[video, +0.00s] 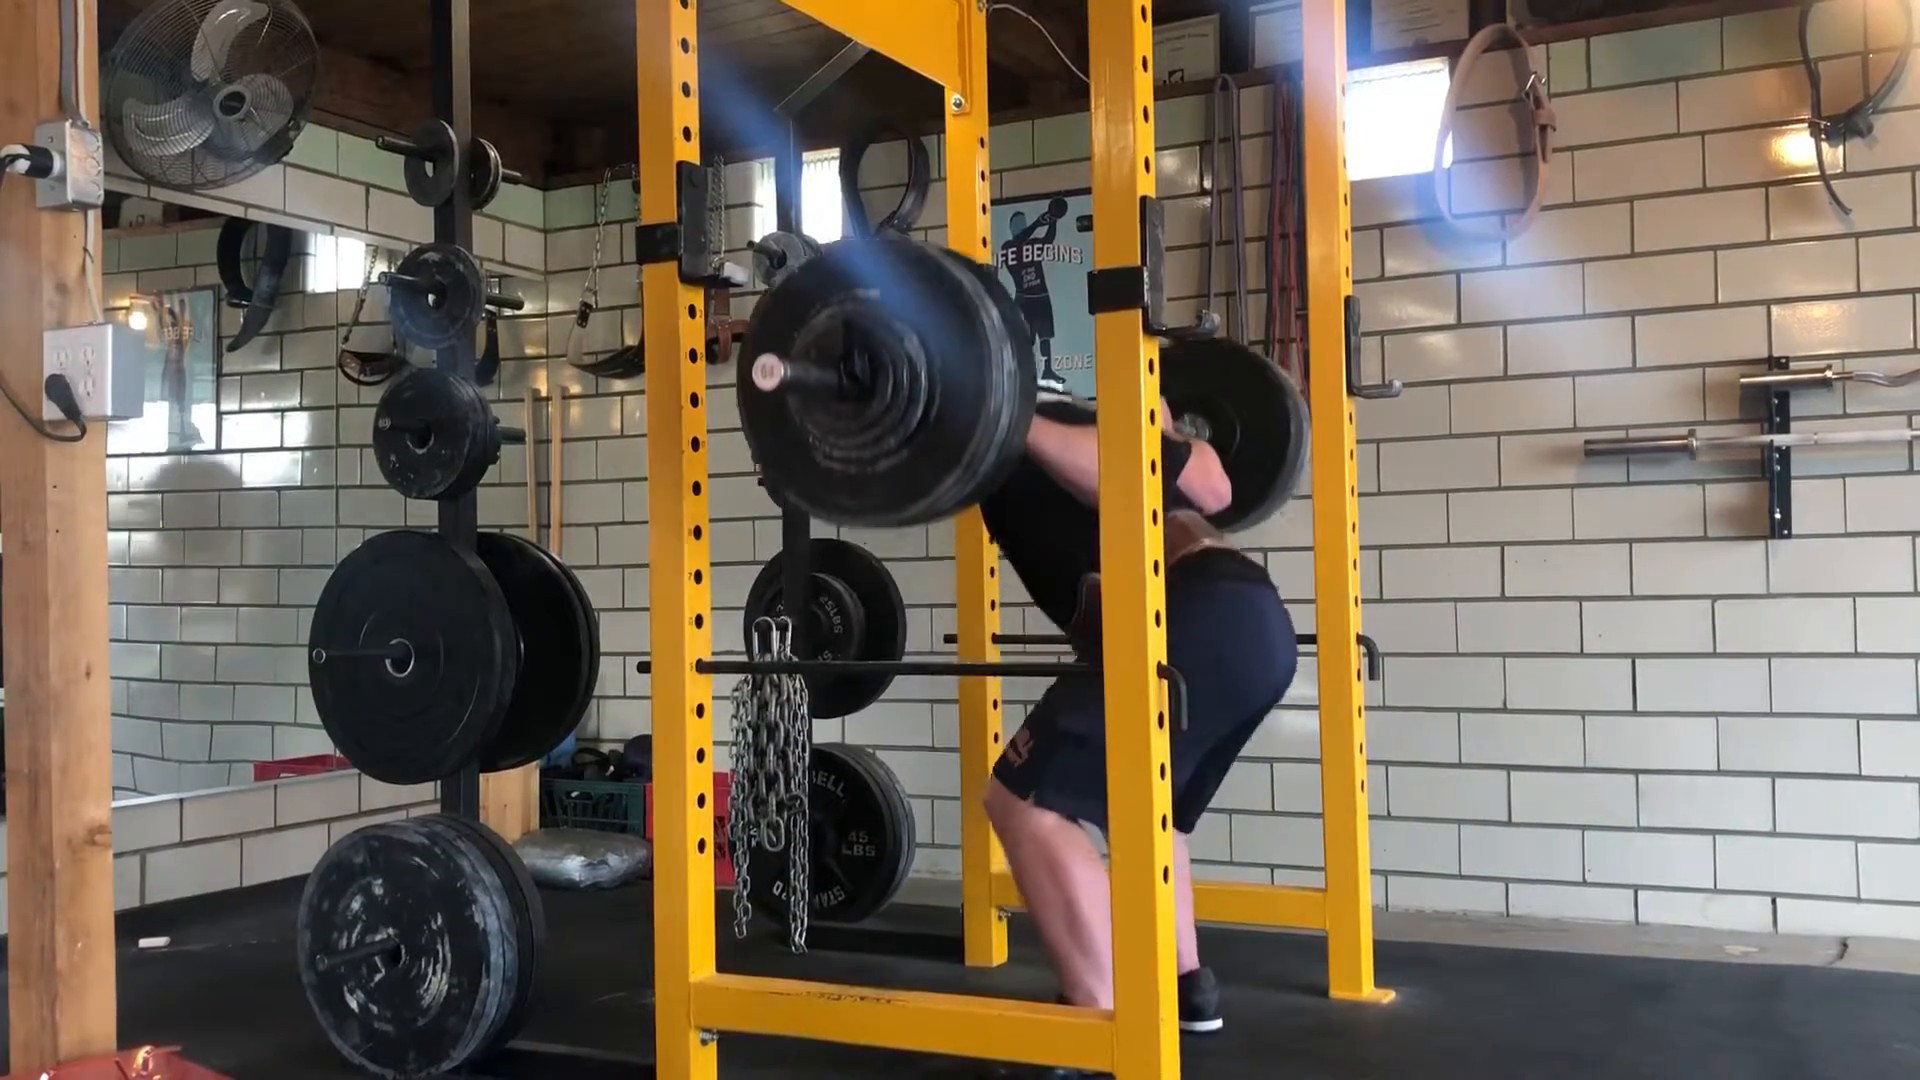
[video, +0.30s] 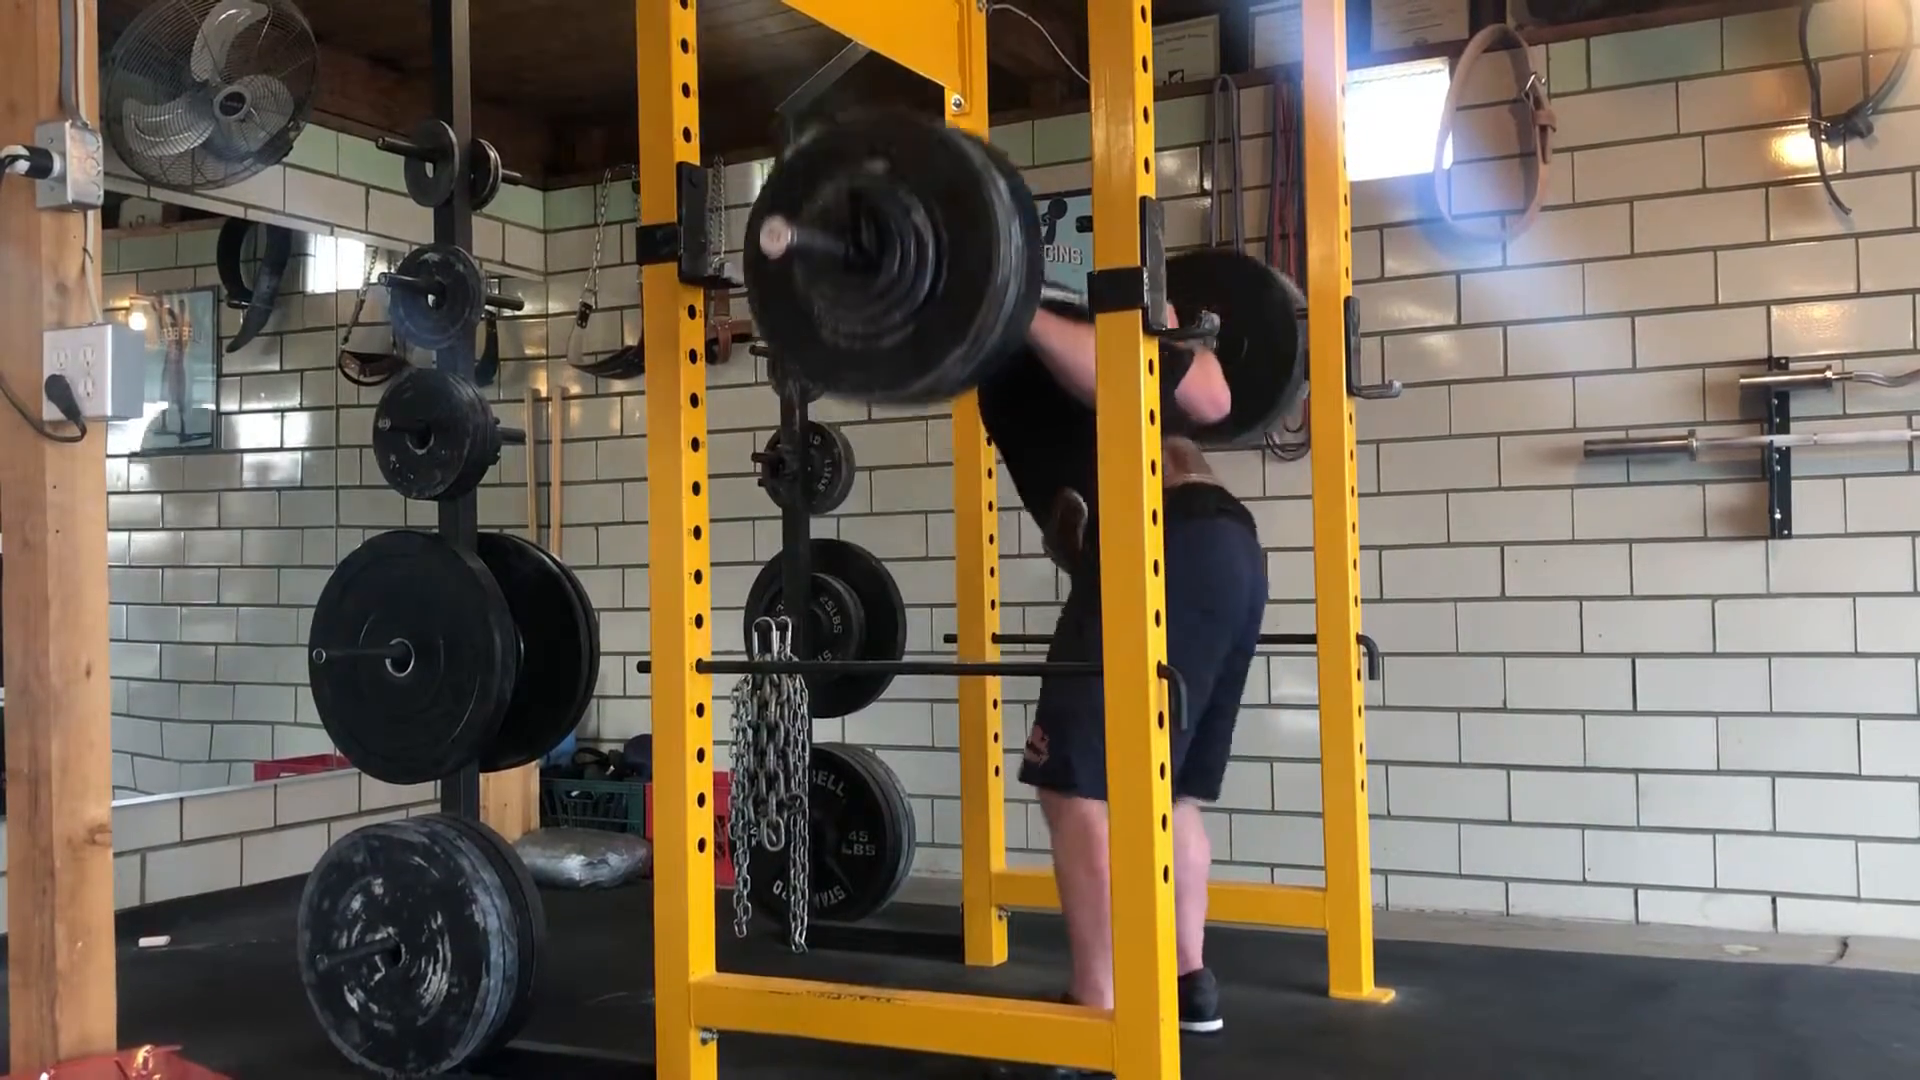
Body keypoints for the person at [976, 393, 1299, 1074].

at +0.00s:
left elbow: (1212, 488)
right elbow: (1214, 486)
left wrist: (1016, 423)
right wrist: (1170, 432)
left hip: (1204, 615)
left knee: (1022, 797)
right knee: (1151, 809)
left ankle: (1101, 1023)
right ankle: (1182, 980)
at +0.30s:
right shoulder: (1124, 323)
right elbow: (1214, 397)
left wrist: (1016, 311)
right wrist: (1189, 334)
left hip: (1153, 542)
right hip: (1224, 542)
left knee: (1069, 773)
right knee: (1173, 783)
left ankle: (1098, 1001)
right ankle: (1187, 980)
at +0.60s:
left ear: (980, 217)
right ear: (1036, 216)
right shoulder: (1122, 283)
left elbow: (1098, 370)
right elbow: (1205, 383)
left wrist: (1019, 281)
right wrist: (1175, 319)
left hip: (1108, 542)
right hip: (1185, 539)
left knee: (1075, 785)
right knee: (1171, 776)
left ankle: (1098, 1005)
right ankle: (1189, 985)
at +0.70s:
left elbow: (1196, 386)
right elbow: (1205, 383)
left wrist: (1014, 283)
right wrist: (1171, 321)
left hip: (1119, 537)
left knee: (1070, 784)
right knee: (1155, 779)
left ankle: (1098, 1013)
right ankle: (1186, 985)